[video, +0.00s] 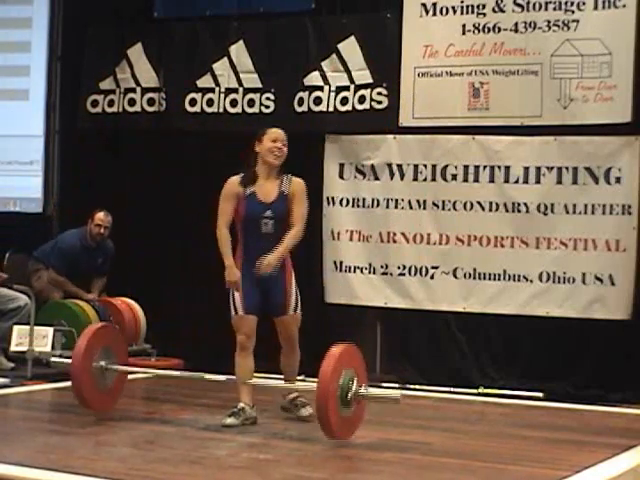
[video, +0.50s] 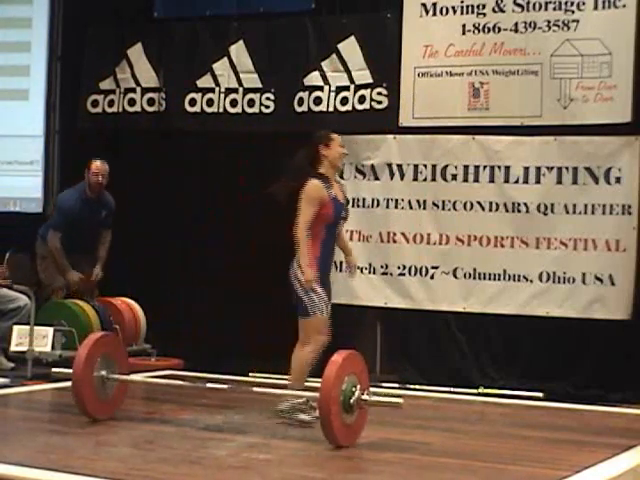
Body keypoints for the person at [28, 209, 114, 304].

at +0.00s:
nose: (101, 232)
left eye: (106, 228)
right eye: (98, 226)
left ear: (109, 230)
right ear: (89, 224)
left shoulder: (107, 247)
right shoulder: (69, 241)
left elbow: (101, 276)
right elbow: (53, 277)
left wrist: (94, 295)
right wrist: (85, 296)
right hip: (41, 267)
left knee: (102, 298)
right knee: (56, 296)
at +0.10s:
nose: (103, 230)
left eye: (107, 226)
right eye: (99, 224)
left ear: (111, 228)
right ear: (91, 221)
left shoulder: (108, 245)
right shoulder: (69, 238)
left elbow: (100, 275)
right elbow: (54, 274)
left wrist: (93, 297)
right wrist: (81, 295)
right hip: (42, 265)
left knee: (101, 298)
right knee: (56, 296)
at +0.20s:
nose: (104, 221)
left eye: (108, 218)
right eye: (100, 216)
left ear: (112, 220)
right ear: (92, 213)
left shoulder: (108, 237)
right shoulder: (70, 232)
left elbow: (99, 270)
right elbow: (56, 271)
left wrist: (91, 297)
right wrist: (80, 296)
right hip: (43, 259)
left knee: (99, 297)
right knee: (57, 294)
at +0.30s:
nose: (103, 209)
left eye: (108, 206)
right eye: (99, 204)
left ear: (111, 208)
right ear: (91, 202)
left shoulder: (108, 227)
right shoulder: (70, 223)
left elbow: (99, 263)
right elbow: (59, 265)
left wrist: (89, 294)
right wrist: (76, 293)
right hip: (46, 253)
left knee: (96, 296)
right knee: (58, 293)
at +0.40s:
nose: (102, 194)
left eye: (106, 190)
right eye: (98, 190)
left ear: (110, 192)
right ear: (89, 188)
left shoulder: (108, 216)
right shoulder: (69, 211)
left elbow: (101, 252)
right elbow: (57, 254)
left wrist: (91, 283)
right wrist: (74, 283)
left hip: (78, 250)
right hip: (47, 248)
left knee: (93, 294)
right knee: (58, 292)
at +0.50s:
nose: (100, 180)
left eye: (103, 176)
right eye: (95, 175)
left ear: (107, 178)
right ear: (87, 175)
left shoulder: (107, 203)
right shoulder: (68, 200)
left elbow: (105, 236)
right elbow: (53, 239)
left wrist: (99, 265)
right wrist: (68, 272)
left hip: (81, 246)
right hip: (51, 245)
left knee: (88, 288)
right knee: (57, 287)